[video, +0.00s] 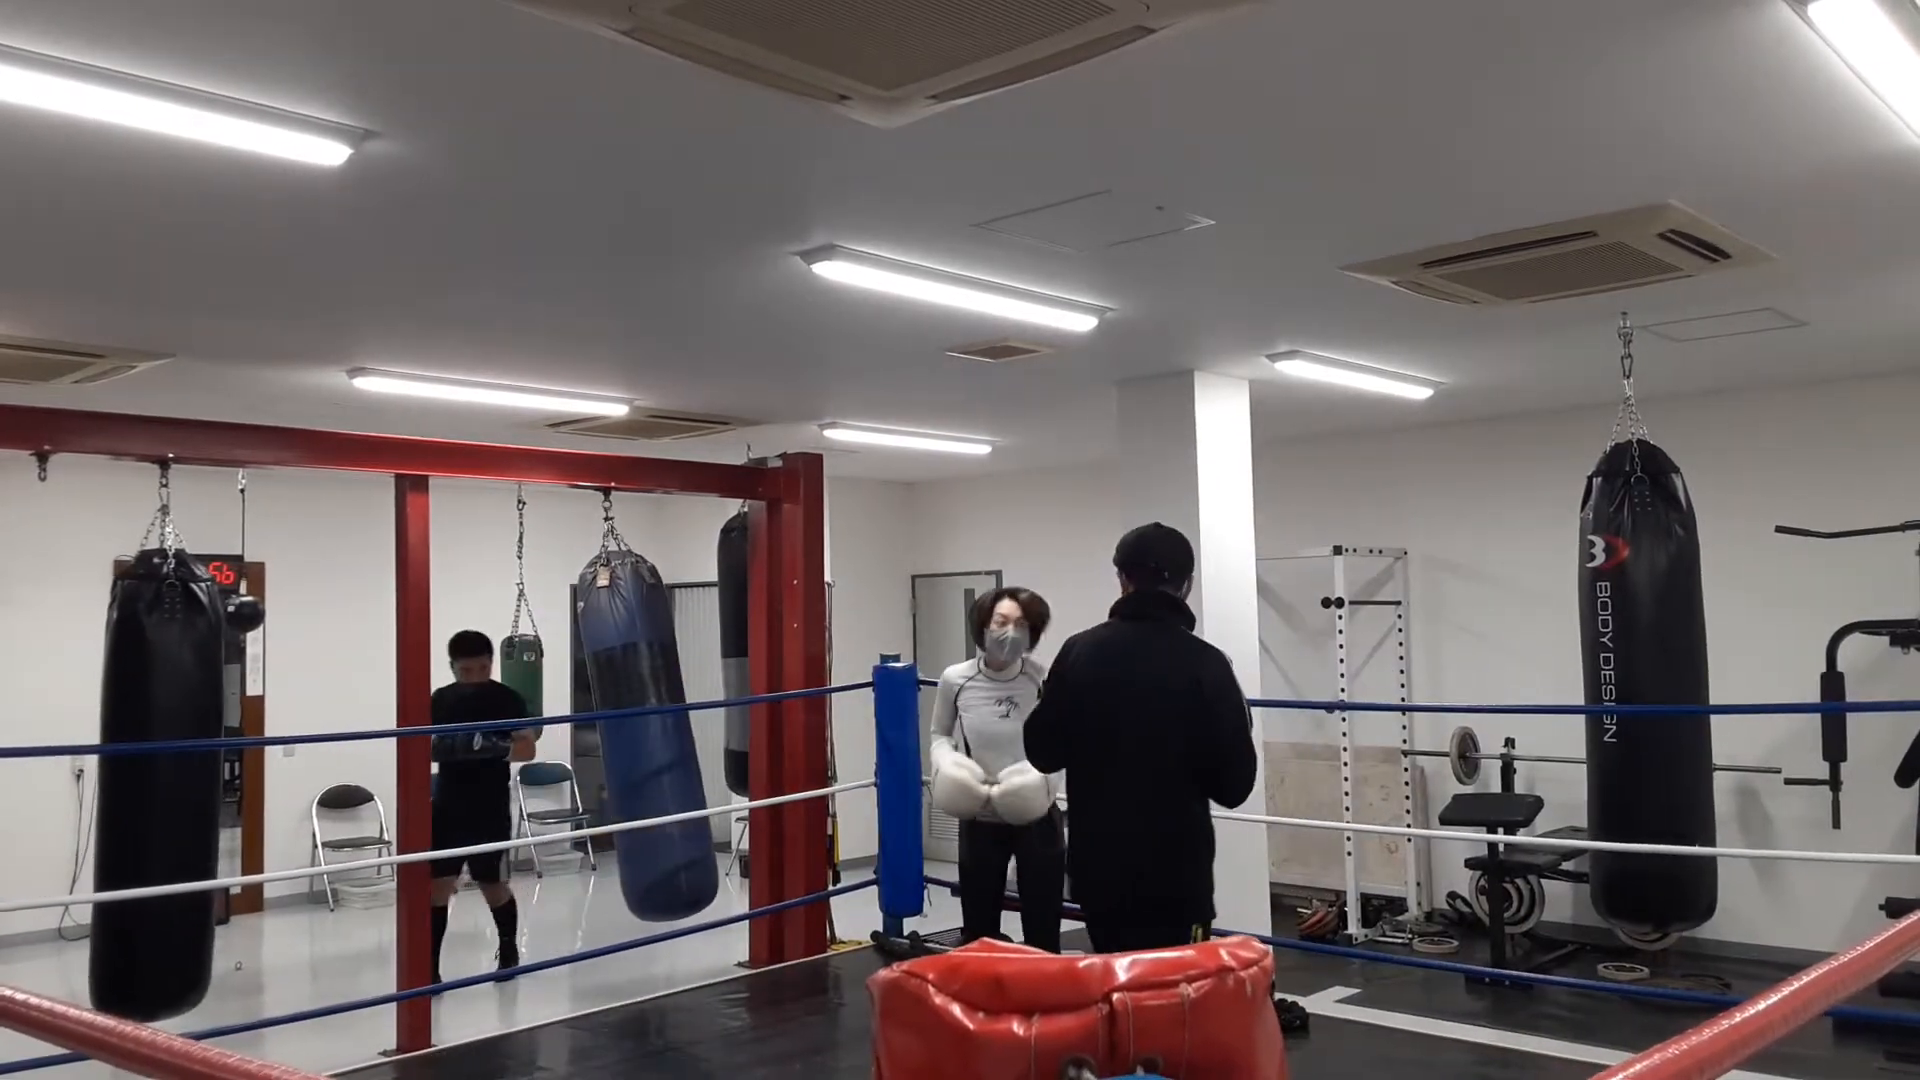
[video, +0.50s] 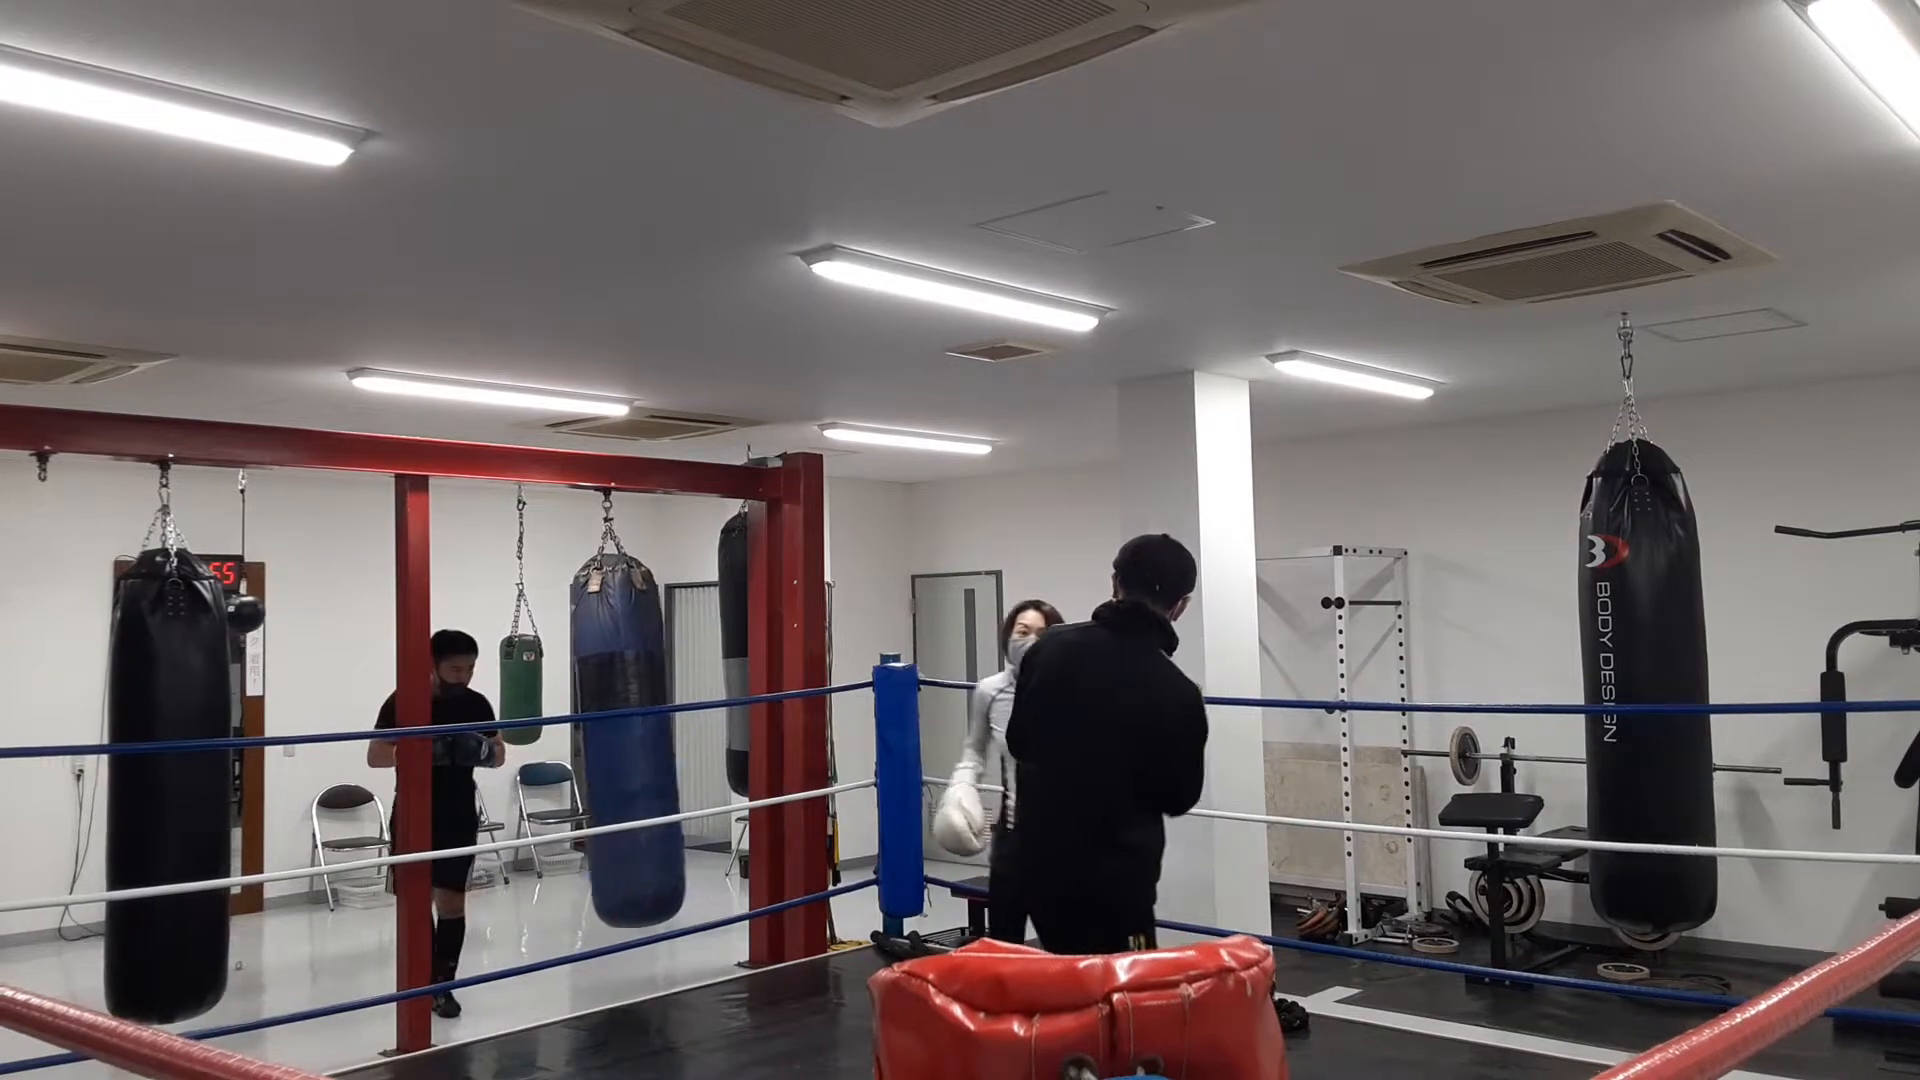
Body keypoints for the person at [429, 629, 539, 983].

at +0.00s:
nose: (471, 677)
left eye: (478, 668)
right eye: (463, 669)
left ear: (490, 663)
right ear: (453, 666)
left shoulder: (507, 699)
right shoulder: (439, 701)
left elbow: (527, 750)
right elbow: (421, 748)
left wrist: (492, 747)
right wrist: (441, 746)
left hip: (490, 804)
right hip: (447, 804)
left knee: (490, 880)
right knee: (438, 884)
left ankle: (508, 951)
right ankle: (430, 968)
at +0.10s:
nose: (465, 674)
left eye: (471, 665)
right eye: (456, 667)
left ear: (481, 661)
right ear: (443, 665)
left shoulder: (499, 699)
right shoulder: (428, 700)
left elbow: (520, 748)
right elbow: (409, 745)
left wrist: (486, 746)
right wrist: (434, 746)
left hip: (479, 808)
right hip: (434, 808)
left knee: (479, 884)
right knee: (432, 887)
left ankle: (500, 943)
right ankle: (429, 967)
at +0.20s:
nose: (459, 673)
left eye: (465, 664)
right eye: (451, 666)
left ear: (474, 662)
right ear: (435, 665)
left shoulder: (490, 699)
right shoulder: (422, 700)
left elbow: (513, 749)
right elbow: (390, 753)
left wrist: (485, 744)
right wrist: (426, 746)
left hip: (473, 806)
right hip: (427, 808)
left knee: (473, 885)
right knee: (428, 890)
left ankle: (483, 954)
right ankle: (429, 969)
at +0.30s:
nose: (459, 674)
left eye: (465, 665)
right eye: (451, 666)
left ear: (472, 663)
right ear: (432, 664)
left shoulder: (483, 698)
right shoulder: (410, 699)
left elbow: (507, 748)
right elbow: (383, 752)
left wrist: (484, 742)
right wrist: (424, 747)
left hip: (468, 807)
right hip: (423, 808)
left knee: (465, 888)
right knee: (425, 893)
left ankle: (462, 976)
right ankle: (430, 974)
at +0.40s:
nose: (458, 675)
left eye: (465, 666)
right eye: (450, 667)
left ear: (473, 664)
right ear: (432, 663)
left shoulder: (479, 702)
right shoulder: (405, 701)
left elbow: (501, 752)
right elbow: (378, 754)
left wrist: (480, 744)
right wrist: (422, 747)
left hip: (462, 810)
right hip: (417, 812)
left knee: (455, 894)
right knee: (420, 896)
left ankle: (451, 981)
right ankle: (428, 977)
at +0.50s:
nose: (463, 677)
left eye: (469, 669)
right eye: (455, 670)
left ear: (474, 666)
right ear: (433, 665)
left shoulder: (475, 704)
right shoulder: (404, 701)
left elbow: (499, 754)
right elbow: (375, 756)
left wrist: (479, 748)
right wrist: (423, 749)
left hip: (458, 812)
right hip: (411, 814)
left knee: (451, 899)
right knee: (414, 901)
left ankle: (444, 986)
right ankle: (422, 986)